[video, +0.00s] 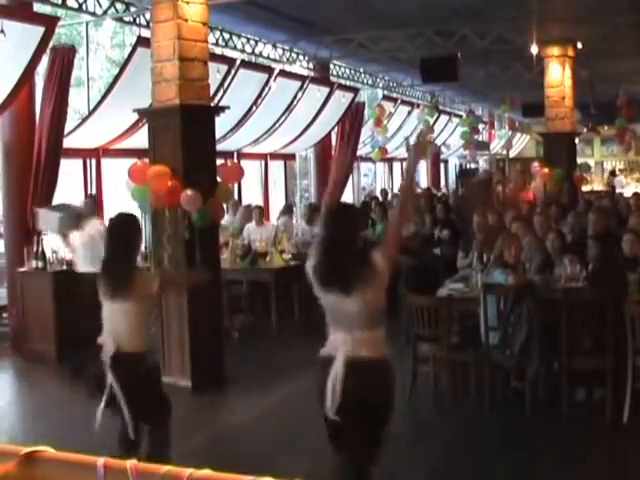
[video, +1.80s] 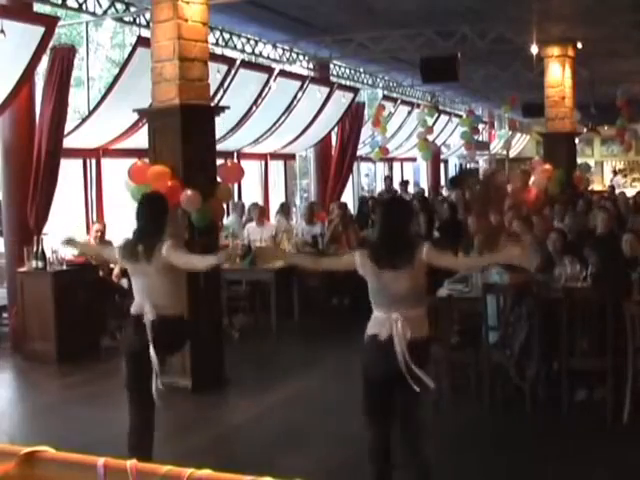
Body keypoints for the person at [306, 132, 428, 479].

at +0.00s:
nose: (366, 229)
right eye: (362, 225)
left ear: (326, 233)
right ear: (360, 234)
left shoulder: (318, 271)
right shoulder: (378, 268)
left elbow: (329, 211)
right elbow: (400, 217)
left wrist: (341, 164)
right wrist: (413, 161)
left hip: (335, 360)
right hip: (375, 361)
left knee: (343, 452)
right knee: (366, 454)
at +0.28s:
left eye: (363, 220)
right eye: (389, 219)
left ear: (357, 230)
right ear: (391, 227)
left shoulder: (350, 266)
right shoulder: (404, 259)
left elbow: (325, 226)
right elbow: (432, 218)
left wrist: (307, 188)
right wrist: (461, 182)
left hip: (367, 351)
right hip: (401, 351)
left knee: (364, 427)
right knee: (405, 431)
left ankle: (363, 472)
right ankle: (404, 472)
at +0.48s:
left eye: (367, 220)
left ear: (369, 226)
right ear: (401, 223)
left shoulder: (360, 259)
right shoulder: (421, 251)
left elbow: (325, 238)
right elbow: (464, 228)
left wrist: (298, 217)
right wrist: (504, 204)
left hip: (382, 346)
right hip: (415, 343)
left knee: (393, 418)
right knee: (416, 419)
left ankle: (386, 470)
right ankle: (413, 471)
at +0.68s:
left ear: (380, 226)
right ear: (413, 224)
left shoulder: (369, 262)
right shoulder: (430, 256)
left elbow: (331, 253)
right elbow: (475, 244)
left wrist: (304, 245)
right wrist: (524, 228)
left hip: (383, 347)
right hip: (417, 347)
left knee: (393, 419)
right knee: (420, 417)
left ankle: (396, 465)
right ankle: (416, 466)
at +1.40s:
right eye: (407, 226)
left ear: (376, 231)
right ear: (406, 230)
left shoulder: (362, 267)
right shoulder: (423, 255)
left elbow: (316, 275)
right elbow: (465, 264)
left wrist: (282, 268)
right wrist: (508, 271)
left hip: (380, 341)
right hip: (417, 343)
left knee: (368, 404)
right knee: (392, 392)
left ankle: (375, 463)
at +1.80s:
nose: (415, 225)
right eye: (412, 218)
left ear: (377, 224)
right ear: (408, 224)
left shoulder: (363, 258)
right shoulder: (421, 252)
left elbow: (319, 264)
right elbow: (460, 263)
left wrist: (288, 257)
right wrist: (501, 256)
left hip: (378, 335)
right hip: (416, 335)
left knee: (377, 413)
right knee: (412, 409)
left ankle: (381, 469)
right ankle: (418, 465)